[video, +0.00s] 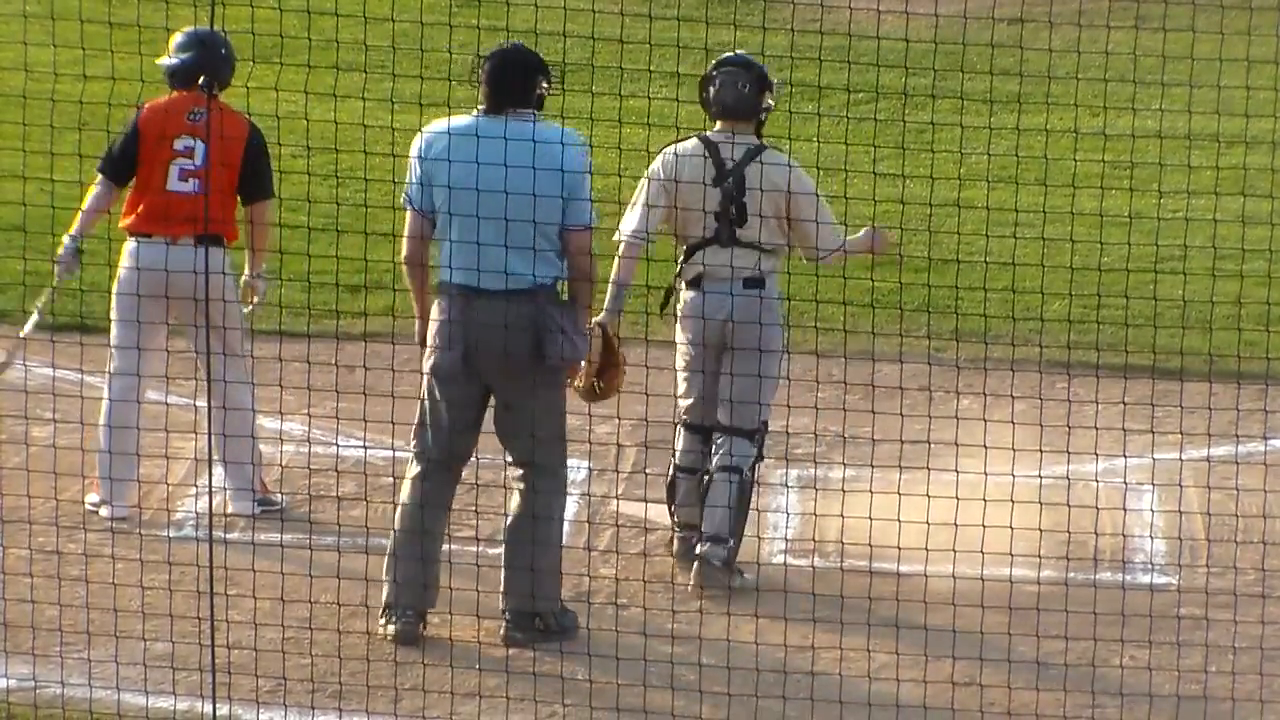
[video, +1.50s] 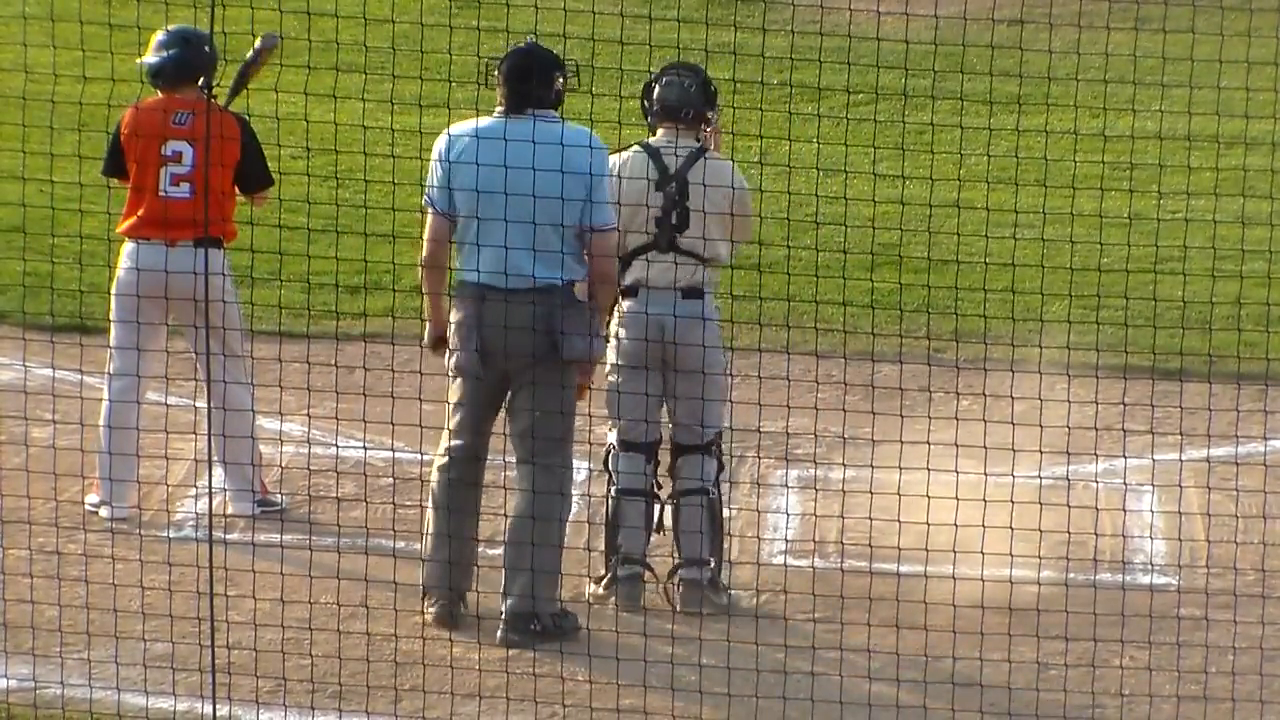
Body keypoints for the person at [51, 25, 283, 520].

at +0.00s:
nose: (167, 76)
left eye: (171, 70)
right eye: (169, 71)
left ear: (180, 72)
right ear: (222, 76)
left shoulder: (149, 117)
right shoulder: (244, 130)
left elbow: (107, 185)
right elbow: (260, 211)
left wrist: (72, 237)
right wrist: (257, 270)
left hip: (142, 262)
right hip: (207, 264)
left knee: (125, 375)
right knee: (230, 375)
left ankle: (114, 495)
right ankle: (247, 491)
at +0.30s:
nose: (162, 76)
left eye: (166, 70)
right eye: (166, 71)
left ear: (172, 71)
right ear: (216, 75)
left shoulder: (144, 117)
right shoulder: (240, 128)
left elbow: (115, 190)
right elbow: (257, 211)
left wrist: (150, 210)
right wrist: (227, 226)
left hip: (140, 259)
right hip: (205, 264)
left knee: (125, 373)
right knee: (228, 373)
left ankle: (114, 495)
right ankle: (248, 492)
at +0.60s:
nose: (155, 77)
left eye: (160, 71)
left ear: (165, 72)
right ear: (210, 74)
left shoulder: (138, 116)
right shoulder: (234, 127)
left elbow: (117, 178)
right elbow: (256, 202)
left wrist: (169, 166)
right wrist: (229, 167)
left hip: (139, 261)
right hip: (204, 265)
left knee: (124, 376)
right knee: (227, 375)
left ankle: (113, 496)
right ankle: (247, 492)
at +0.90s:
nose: (152, 76)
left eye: (156, 70)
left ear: (161, 71)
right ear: (208, 72)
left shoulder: (135, 117)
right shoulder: (233, 125)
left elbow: (119, 177)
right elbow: (257, 191)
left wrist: (175, 156)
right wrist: (218, 156)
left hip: (139, 261)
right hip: (205, 265)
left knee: (125, 376)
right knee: (228, 375)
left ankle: (113, 496)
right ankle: (248, 493)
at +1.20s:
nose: (151, 77)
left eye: (155, 71)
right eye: (154, 71)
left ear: (161, 71)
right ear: (205, 72)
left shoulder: (136, 116)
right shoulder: (232, 125)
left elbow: (118, 175)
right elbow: (259, 192)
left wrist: (173, 157)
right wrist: (224, 147)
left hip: (140, 261)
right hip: (205, 265)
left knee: (125, 376)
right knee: (228, 376)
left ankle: (113, 497)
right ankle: (248, 493)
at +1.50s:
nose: (150, 78)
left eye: (154, 72)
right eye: (152, 72)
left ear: (160, 72)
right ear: (205, 72)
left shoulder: (135, 117)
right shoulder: (232, 125)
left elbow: (118, 173)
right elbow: (259, 192)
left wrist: (176, 148)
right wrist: (224, 144)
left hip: (139, 261)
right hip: (205, 265)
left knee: (125, 375)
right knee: (228, 374)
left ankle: (113, 495)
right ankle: (248, 492)